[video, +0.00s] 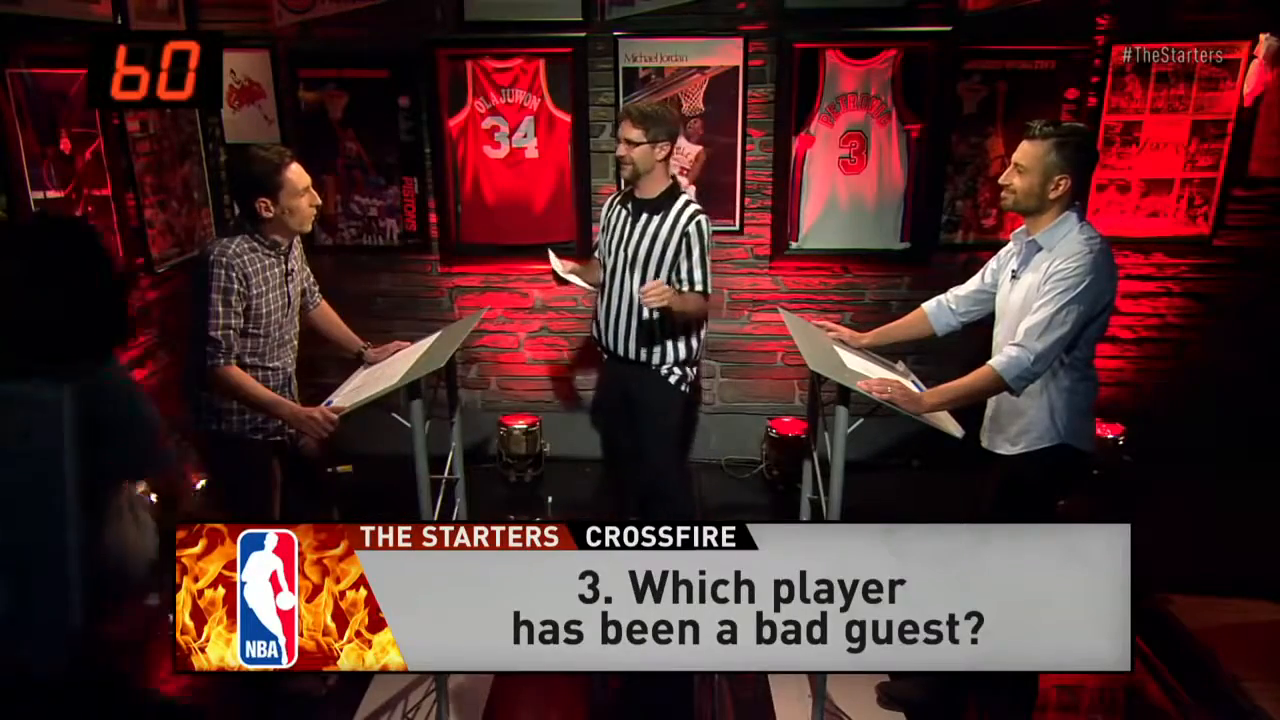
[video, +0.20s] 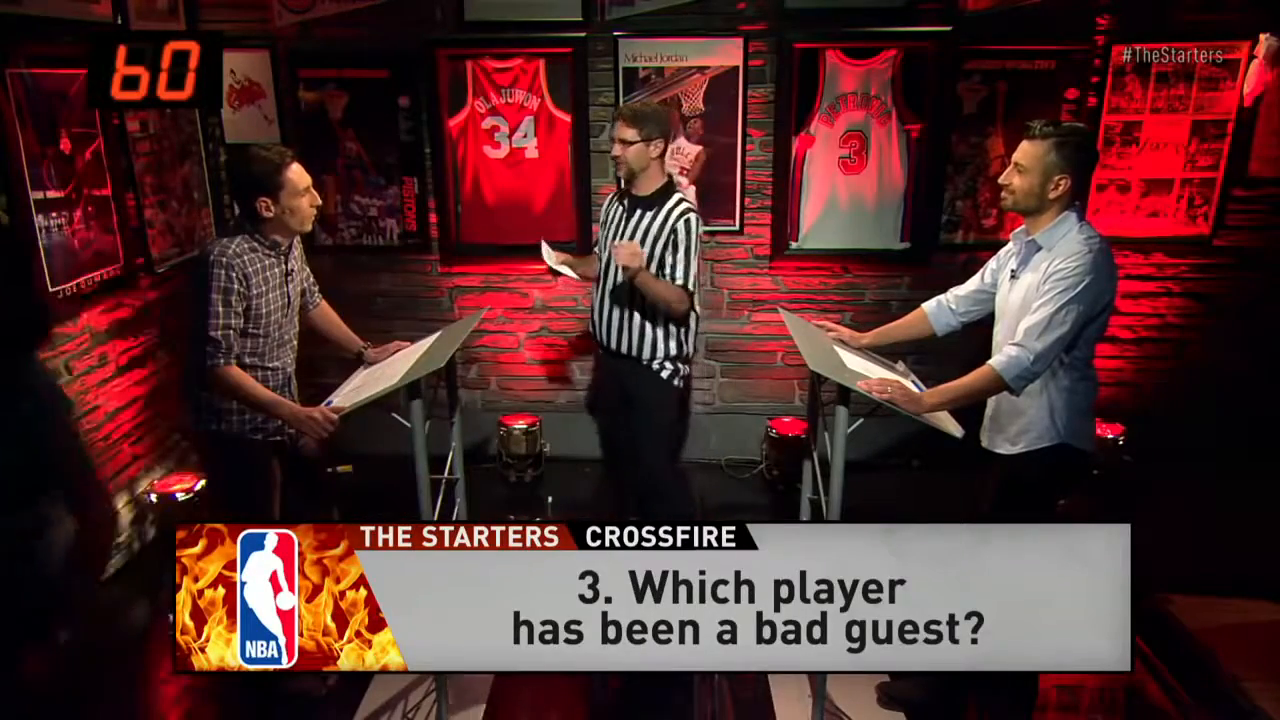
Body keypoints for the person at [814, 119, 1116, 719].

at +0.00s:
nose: (1005, 177)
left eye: (1019, 170)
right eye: (1009, 166)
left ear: (1058, 188)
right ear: (1046, 186)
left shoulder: (1084, 259)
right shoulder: (1026, 243)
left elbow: (1024, 360)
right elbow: (955, 306)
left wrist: (928, 398)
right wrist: (868, 339)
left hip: (1043, 446)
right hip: (1002, 433)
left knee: (1005, 578)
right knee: (976, 563)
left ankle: (997, 704)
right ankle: (941, 683)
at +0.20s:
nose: (1004, 177)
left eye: (1019, 170)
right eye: (1009, 165)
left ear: (1058, 188)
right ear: (1046, 186)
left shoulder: (1083, 259)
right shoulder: (1026, 244)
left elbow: (1024, 359)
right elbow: (955, 306)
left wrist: (928, 398)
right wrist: (868, 339)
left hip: (1044, 445)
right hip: (1002, 433)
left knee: (1005, 578)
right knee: (976, 563)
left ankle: (998, 704)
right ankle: (941, 683)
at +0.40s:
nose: (1004, 177)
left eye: (1018, 169)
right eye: (1009, 165)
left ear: (1057, 188)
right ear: (1046, 185)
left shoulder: (1083, 258)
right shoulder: (1025, 244)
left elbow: (1024, 359)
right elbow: (955, 306)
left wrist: (928, 398)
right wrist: (868, 339)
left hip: (1044, 445)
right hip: (1002, 433)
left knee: (1006, 578)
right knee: (976, 562)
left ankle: (998, 705)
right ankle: (941, 683)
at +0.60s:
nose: (1004, 176)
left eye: (1019, 169)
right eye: (1009, 164)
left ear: (1057, 188)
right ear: (1046, 185)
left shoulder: (1082, 259)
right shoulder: (1025, 243)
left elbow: (1023, 360)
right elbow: (955, 306)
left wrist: (928, 398)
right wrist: (868, 339)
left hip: (1043, 445)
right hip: (1003, 433)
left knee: (1006, 578)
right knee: (978, 564)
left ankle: (1000, 705)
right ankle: (942, 683)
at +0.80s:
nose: (1004, 175)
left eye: (1019, 168)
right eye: (1009, 164)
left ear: (1057, 188)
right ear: (1046, 185)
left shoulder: (1082, 259)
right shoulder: (1026, 243)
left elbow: (1023, 359)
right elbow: (955, 306)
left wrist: (928, 398)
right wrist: (868, 339)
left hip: (1043, 445)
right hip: (1003, 432)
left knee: (1005, 578)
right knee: (977, 564)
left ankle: (1001, 705)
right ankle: (942, 684)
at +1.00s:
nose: (1005, 175)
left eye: (1020, 169)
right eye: (1010, 164)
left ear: (1058, 188)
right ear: (1047, 185)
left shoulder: (1083, 259)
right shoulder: (1025, 243)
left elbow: (1023, 360)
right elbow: (955, 306)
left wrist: (927, 398)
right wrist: (868, 339)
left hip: (1043, 446)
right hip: (1003, 434)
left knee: (1007, 580)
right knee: (979, 565)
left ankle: (1000, 705)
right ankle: (942, 684)